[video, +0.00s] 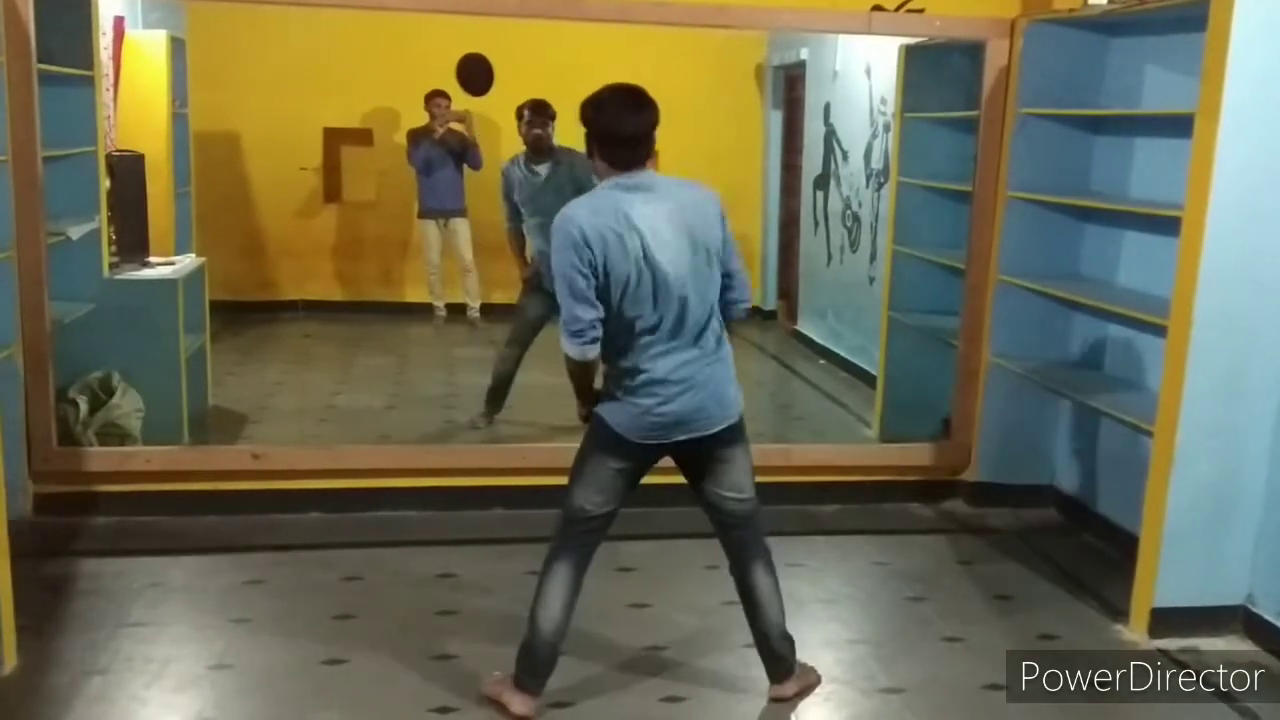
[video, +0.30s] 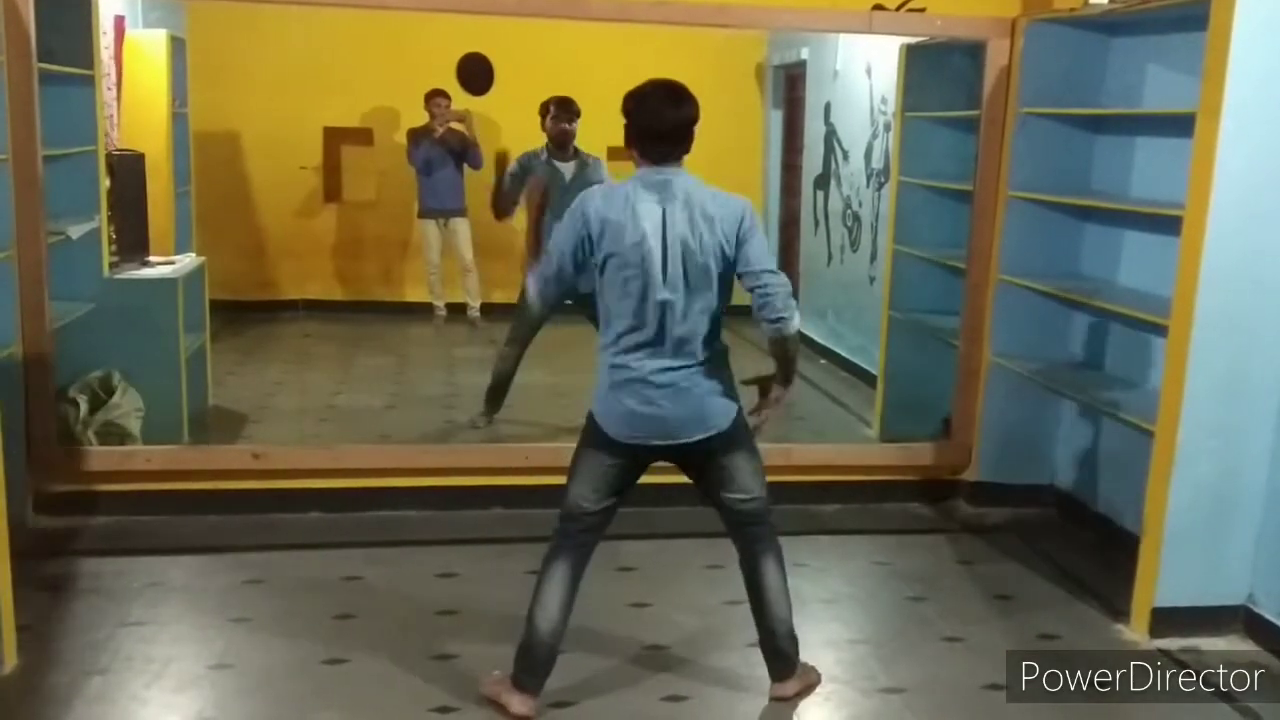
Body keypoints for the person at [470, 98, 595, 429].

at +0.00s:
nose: (538, 132)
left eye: (544, 126)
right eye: (531, 126)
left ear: (554, 128)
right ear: (520, 130)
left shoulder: (578, 165)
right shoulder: (512, 171)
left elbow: (597, 212)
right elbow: (513, 222)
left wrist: (595, 256)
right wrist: (522, 264)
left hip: (584, 266)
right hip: (543, 268)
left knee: (610, 336)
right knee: (515, 341)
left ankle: (611, 403)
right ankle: (489, 412)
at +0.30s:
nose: (565, 126)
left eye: (571, 120)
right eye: (558, 119)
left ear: (578, 124)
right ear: (544, 124)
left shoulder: (594, 167)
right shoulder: (529, 163)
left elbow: (609, 213)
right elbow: (502, 211)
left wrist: (611, 262)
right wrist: (507, 174)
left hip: (588, 270)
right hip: (545, 270)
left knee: (625, 337)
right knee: (514, 345)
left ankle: (640, 416)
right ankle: (489, 411)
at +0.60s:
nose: (583, 126)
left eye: (589, 121)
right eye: (576, 119)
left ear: (596, 125)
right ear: (561, 121)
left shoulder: (600, 170)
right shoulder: (541, 157)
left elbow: (617, 209)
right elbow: (497, 169)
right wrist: (525, 182)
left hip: (591, 278)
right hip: (544, 276)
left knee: (624, 344)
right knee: (512, 345)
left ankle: (631, 421)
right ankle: (488, 410)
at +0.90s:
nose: (583, 122)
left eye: (590, 117)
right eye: (577, 115)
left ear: (597, 124)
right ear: (563, 118)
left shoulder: (596, 163)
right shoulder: (548, 155)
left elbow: (598, 207)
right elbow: (522, 196)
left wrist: (596, 166)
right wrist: (539, 157)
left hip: (588, 269)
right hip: (544, 267)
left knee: (619, 337)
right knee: (511, 340)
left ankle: (624, 414)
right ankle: (486, 406)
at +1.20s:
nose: (582, 124)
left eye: (588, 118)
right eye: (575, 117)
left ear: (594, 123)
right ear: (560, 119)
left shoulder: (595, 165)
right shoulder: (547, 152)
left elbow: (603, 215)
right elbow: (532, 163)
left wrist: (618, 254)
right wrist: (576, 158)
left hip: (586, 272)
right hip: (543, 270)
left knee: (622, 338)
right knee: (512, 341)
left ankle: (631, 412)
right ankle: (486, 405)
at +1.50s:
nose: (616, 130)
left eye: (622, 124)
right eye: (610, 122)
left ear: (628, 130)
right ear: (597, 124)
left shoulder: (623, 178)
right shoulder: (582, 149)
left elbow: (618, 226)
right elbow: (591, 167)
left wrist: (623, 264)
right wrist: (637, 178)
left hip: (595, 263)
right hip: (558, 257)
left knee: (626, 326)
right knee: (530, 326)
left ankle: (630, 398)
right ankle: (491, 379)